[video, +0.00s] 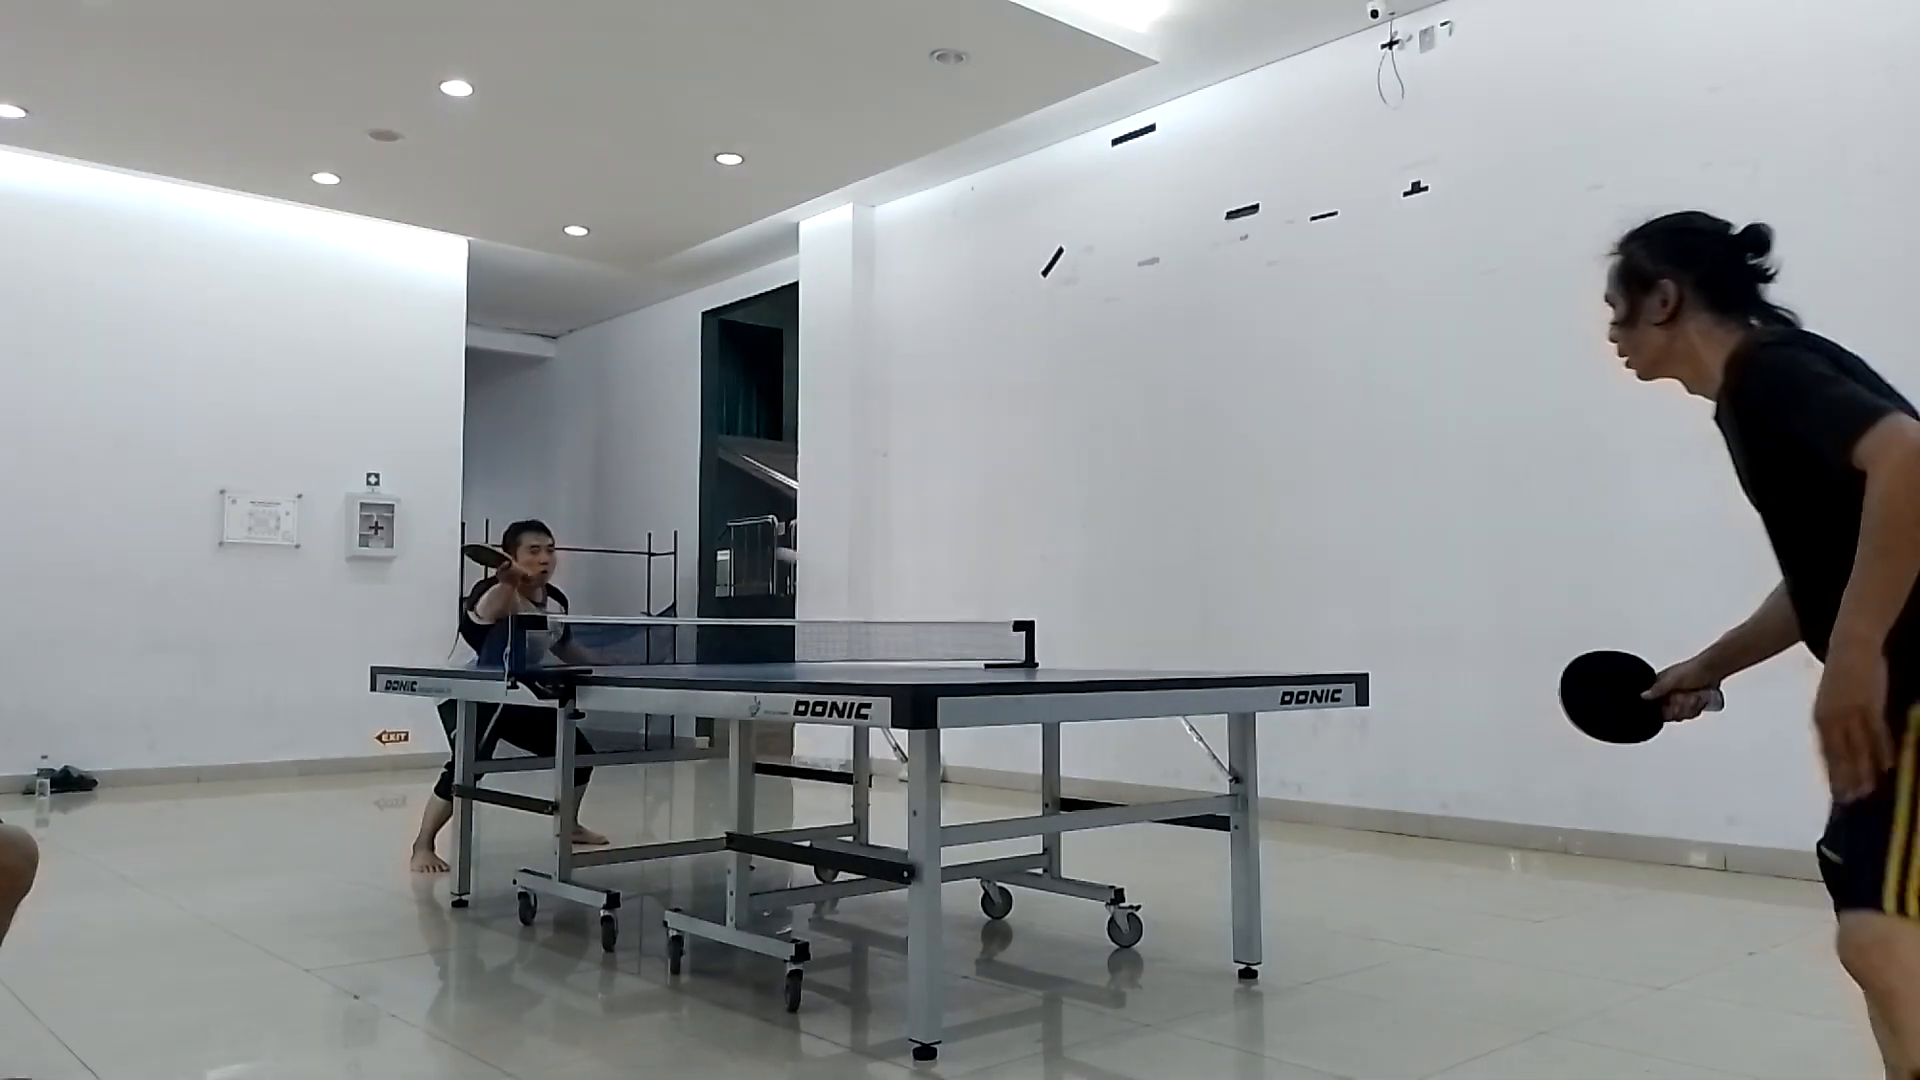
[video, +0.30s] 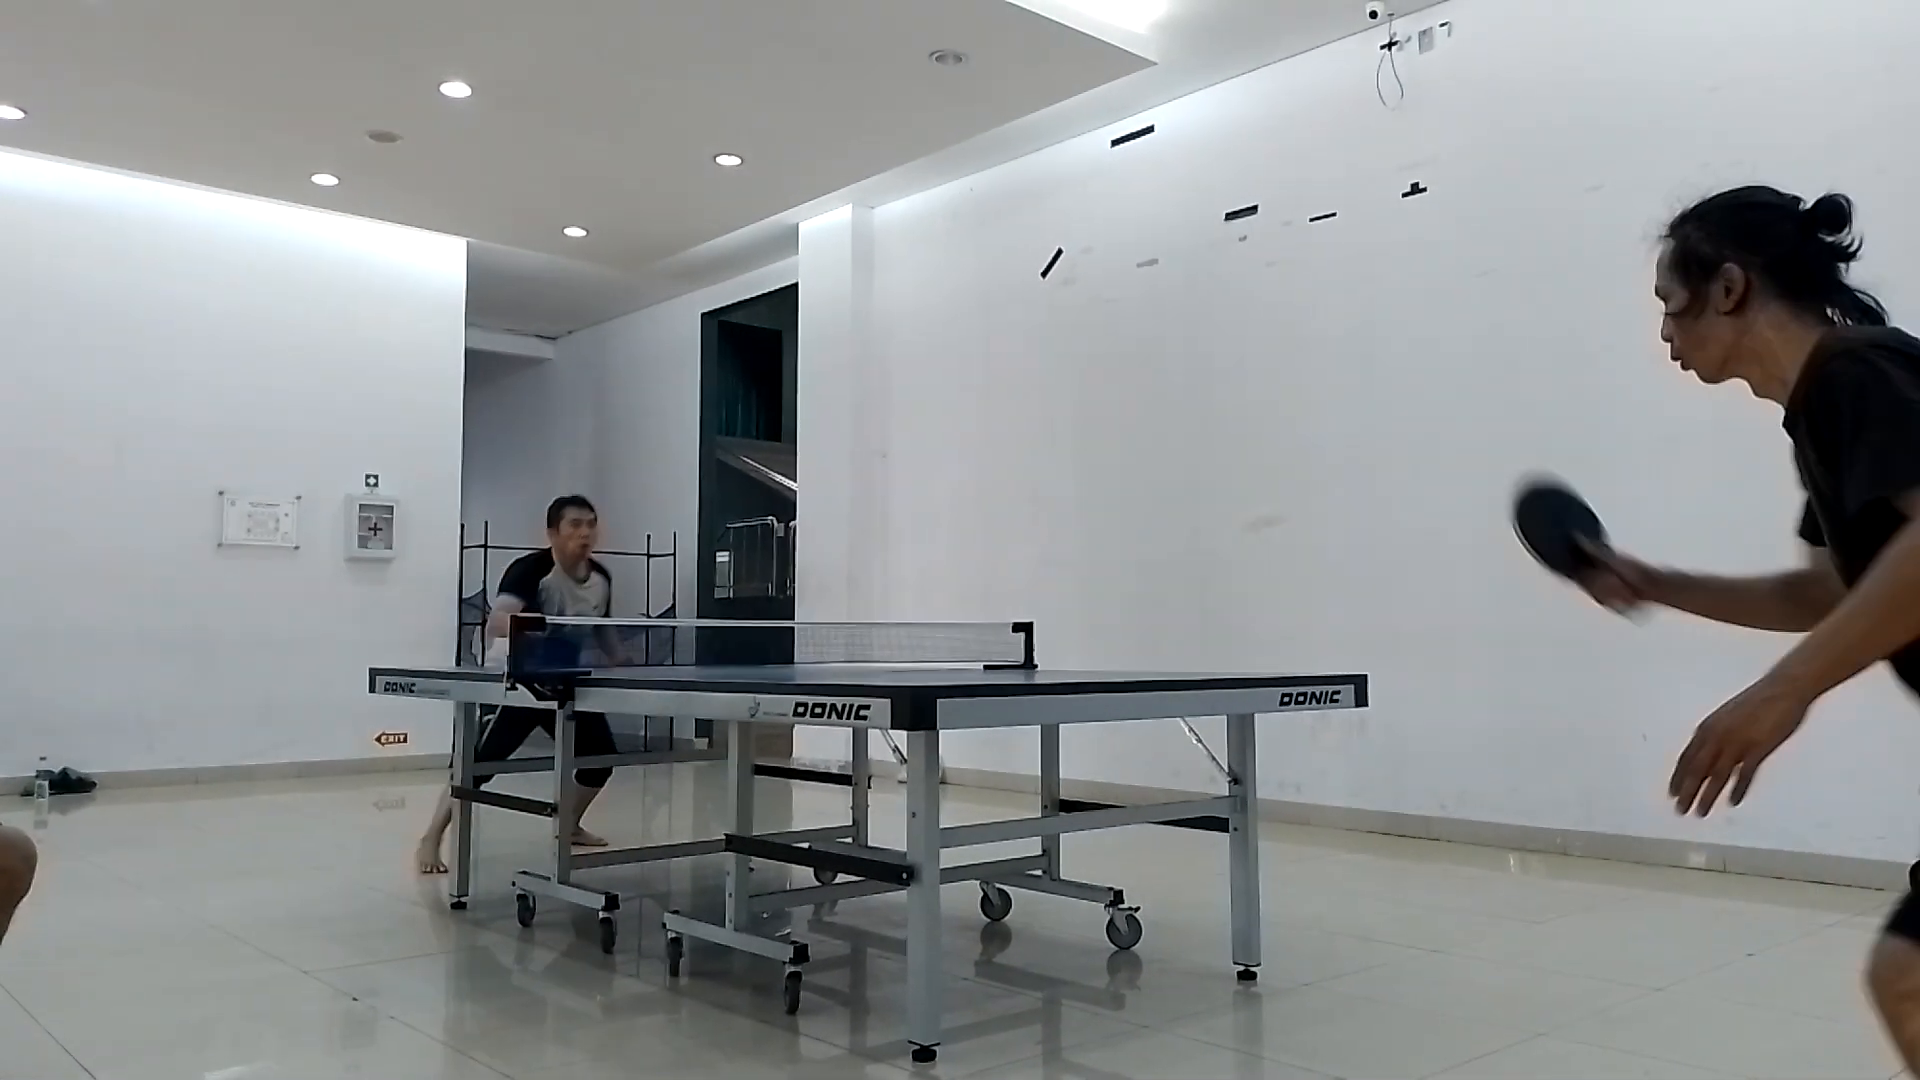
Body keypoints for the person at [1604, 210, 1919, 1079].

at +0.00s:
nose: (1614, 332)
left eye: (1619, 307)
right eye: (1611, 312)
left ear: (1670, 297)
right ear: (1676, 299)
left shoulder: (1771, 370)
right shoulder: (1750, 396)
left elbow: (1900, 449)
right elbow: (1823, 578)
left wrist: (1856, 646)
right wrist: (1709, 666)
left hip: (1914, 686)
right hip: (1894, 686)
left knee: (1878, 938)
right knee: (1882, 936)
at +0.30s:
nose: (1665, 331)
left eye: (1670, 304)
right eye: (1662, 310)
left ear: (1732, 288)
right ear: (1730, 292)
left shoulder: (1856, 378)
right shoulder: (1821, 402)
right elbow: (1836, 591)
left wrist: (1783, 694)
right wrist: (1654, 585)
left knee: (1903, 975)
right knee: (1899, 974)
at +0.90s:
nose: (1642, 309)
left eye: (1650, 280)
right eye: (1643, 285)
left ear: (1703, 279)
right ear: (1709, 282)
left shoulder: (1849, 372)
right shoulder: (1797, 407)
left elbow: (1906, 596)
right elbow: (1902, 595)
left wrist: (1825, 743)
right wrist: (1822, 744)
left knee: (1917, 969)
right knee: (1916, 969)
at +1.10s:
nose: (1638, 283)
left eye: (1641, 254)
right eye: (1635, 259)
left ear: (1698, 243)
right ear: (1715, 242)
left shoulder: (1804, 331)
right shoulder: (1796, 342)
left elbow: (1919, 478)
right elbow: (1889, 542)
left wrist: (1802, 659)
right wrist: (1785, 683)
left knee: (1803, 935)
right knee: (1808, 936)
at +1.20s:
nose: (1614, 290)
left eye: (1619, 259)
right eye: (1612, 264)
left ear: (1680, 245)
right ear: (1691, 246)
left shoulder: (1781, 339)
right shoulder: (1764, 354)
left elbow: (1909, 480)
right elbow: (1815, 561)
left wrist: (1758, 656)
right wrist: (1685, 673)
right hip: (1907, 712)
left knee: (1748, 955)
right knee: (1755, 957)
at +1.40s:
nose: (1496, 285)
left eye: (1506, 255)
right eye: (1495, 260)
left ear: (1568, 235)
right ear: (1571, 239)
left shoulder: (1685, 342)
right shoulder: (1647, 372)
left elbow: (1794, 512)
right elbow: (1588, 578)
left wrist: (1576, 677)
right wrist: (1511, 503)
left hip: (1828, 728)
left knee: (1564, 977)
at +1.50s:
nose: (1430, 307)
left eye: (1434, 275)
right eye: (1424, 280)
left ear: (1503, 244)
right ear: (1503, 244)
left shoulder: (1645, 337)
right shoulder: (1585, 377)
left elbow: (1758, 508)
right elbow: (1533, 573)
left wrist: (1535, 664)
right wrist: (1446, 527)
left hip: (1808, 728)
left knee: (1538, 983)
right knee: (1904, 993)